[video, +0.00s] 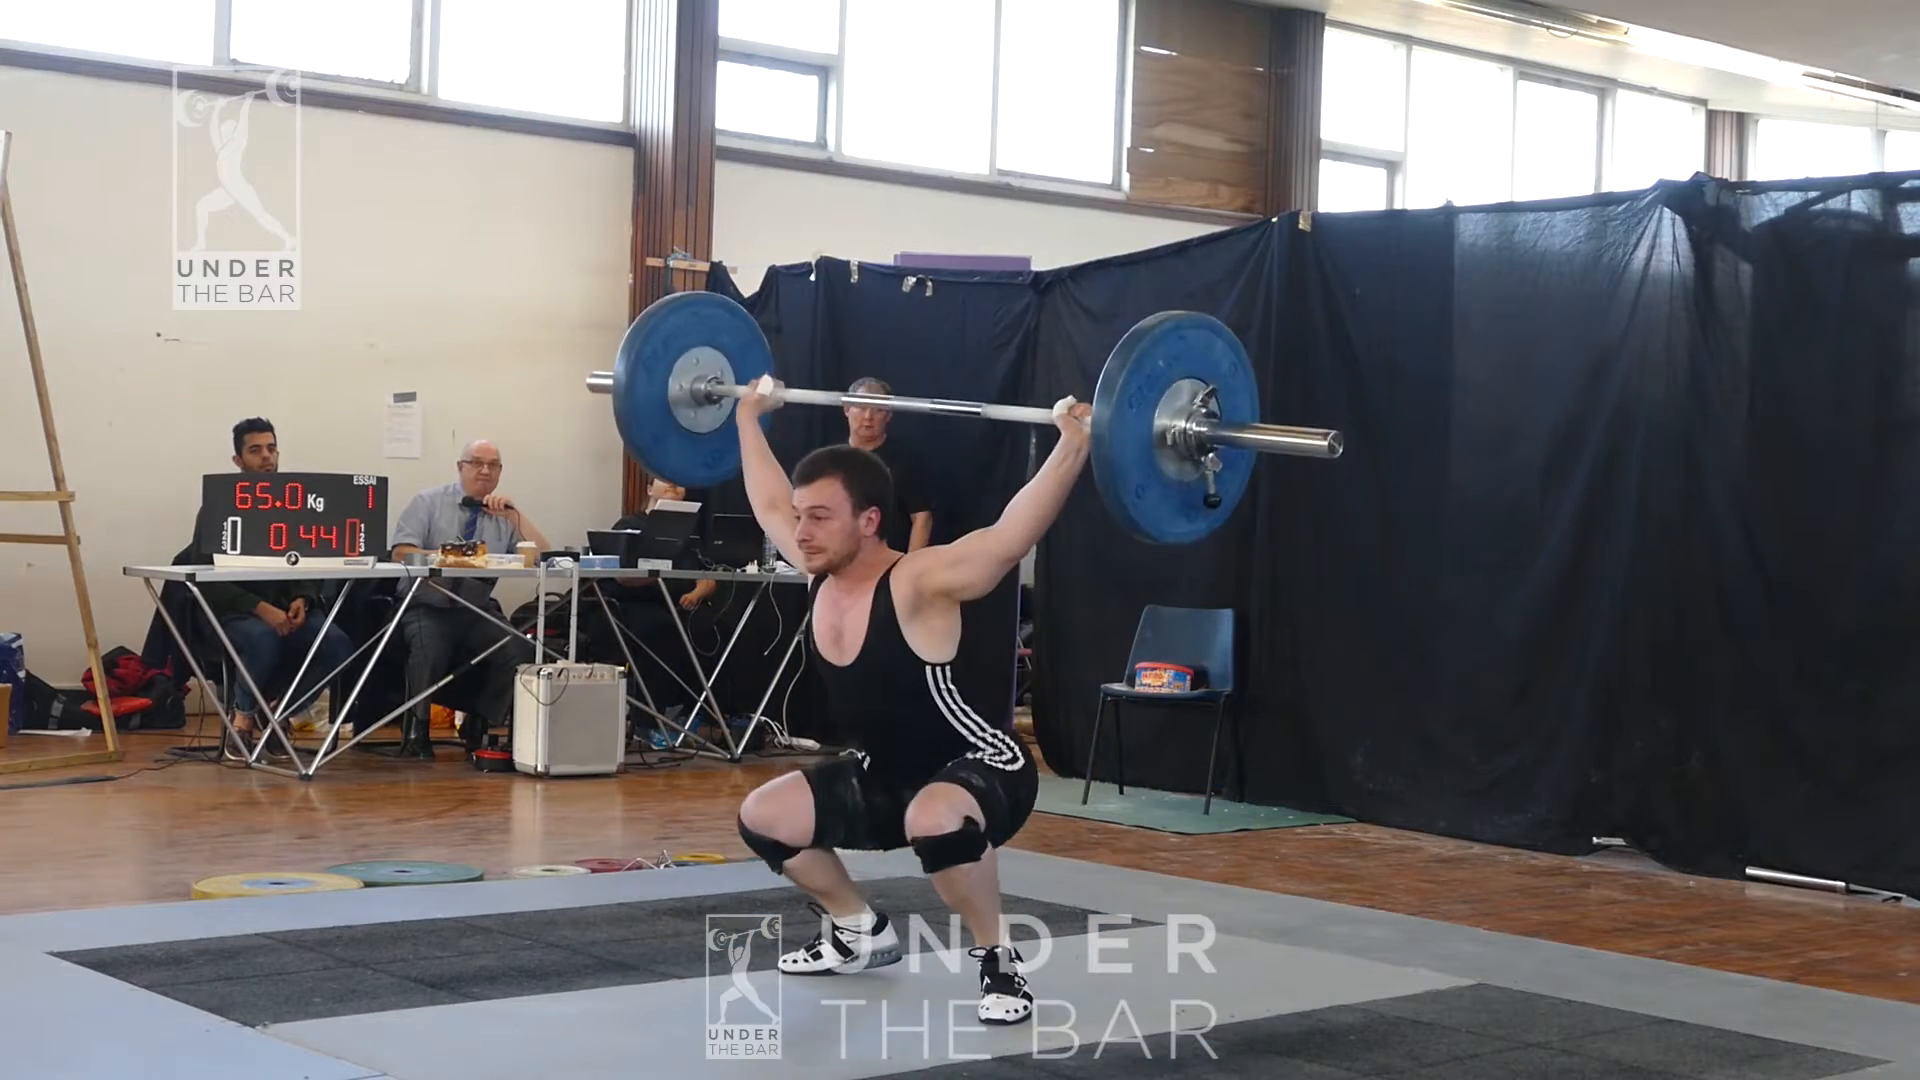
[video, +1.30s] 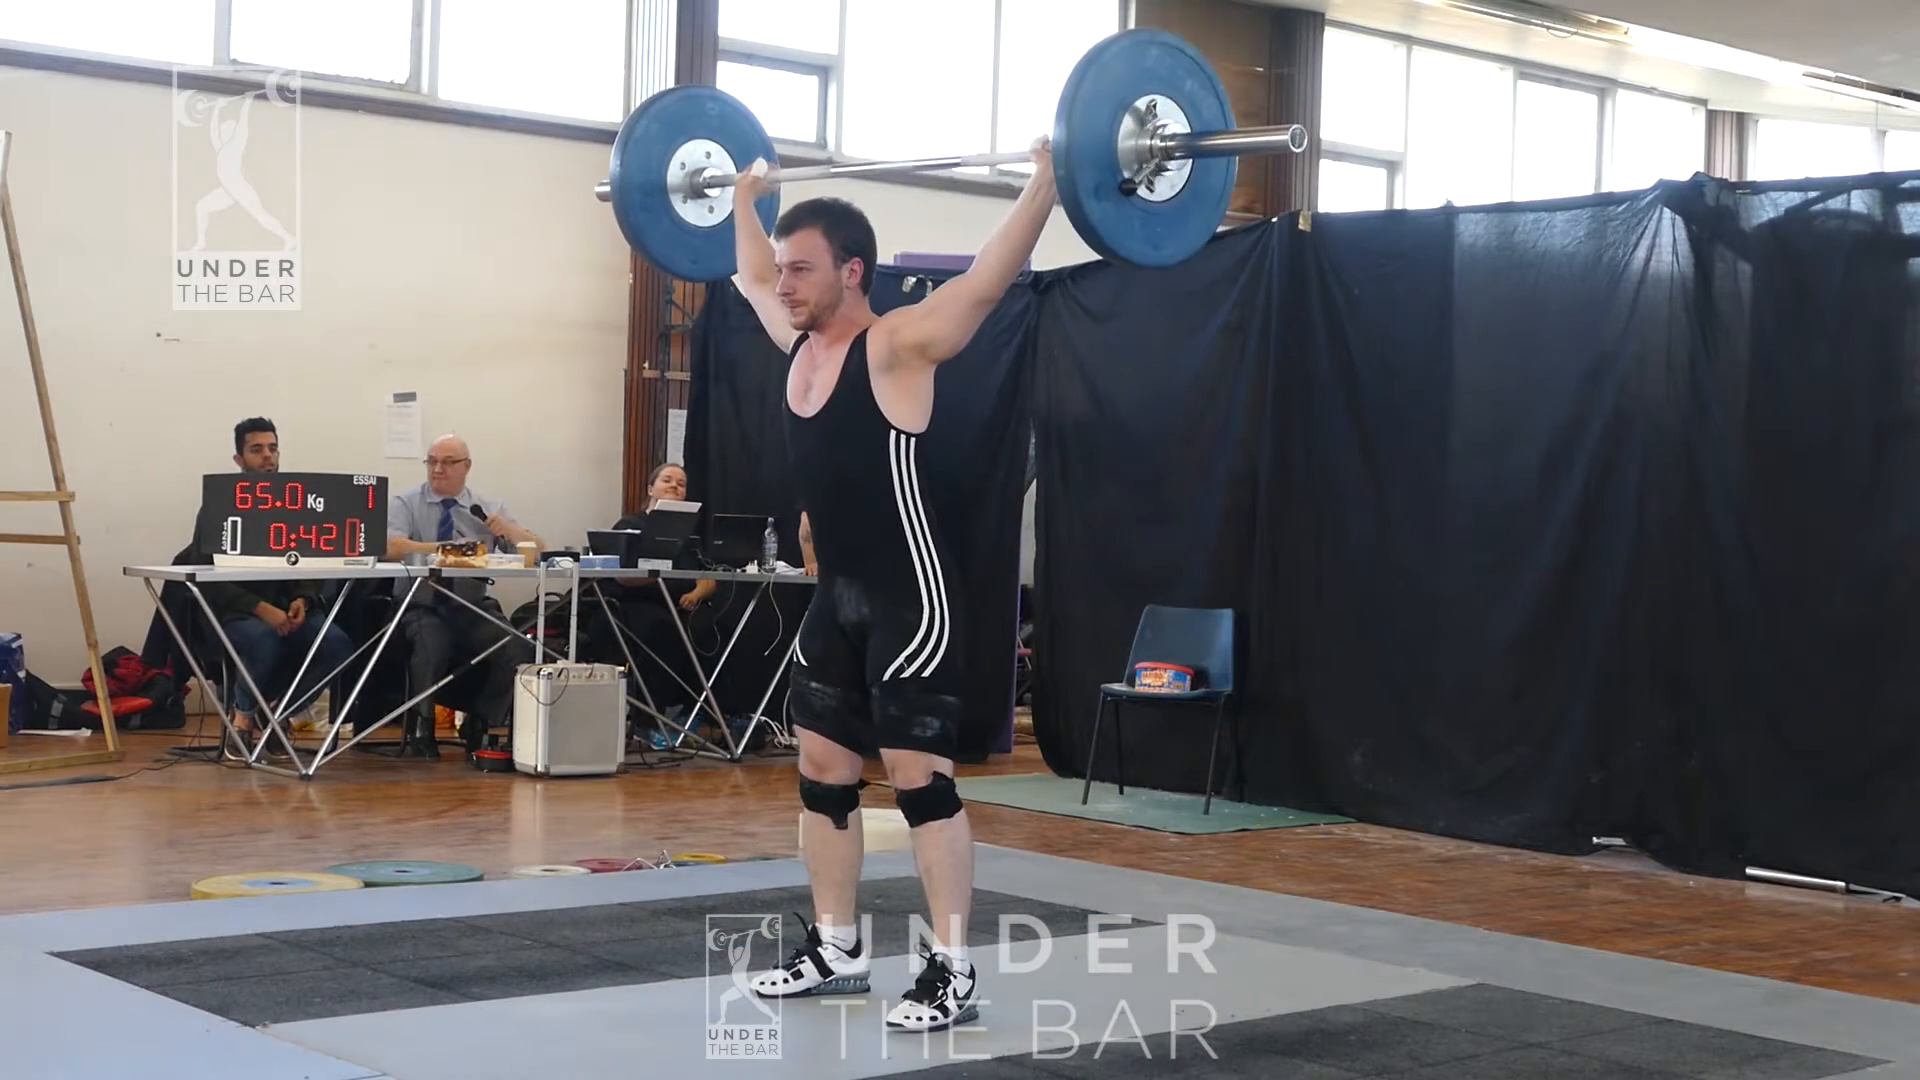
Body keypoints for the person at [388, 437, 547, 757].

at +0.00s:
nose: (485, 471)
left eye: (493, 465)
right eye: (476, 464)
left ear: (500, 473)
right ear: (460, 468)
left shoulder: (504, 516)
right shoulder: (428, 502)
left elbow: (545, 555)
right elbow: (401, 551)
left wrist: (516, 515)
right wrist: (443, 562)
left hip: (478, 609)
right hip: (429, 606)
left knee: (518, 652)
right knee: (429, 651)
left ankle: (477, 725)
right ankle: (417, 730)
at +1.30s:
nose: (438, 469)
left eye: (449, 463)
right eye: (432, 462)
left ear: (467, 468)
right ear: (426, 465)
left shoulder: (486, 507)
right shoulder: (405, 503)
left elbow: (537, 548)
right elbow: (392, 547)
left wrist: (509, 531)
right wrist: (445, 550)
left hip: (473, 605)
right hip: (422, 604)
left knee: (515, 649)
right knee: (431, 641)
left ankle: (478, 726)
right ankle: (422, 729)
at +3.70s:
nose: (388, 468)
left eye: (398, 461)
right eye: (384, 461)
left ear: (421, 463)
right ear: (380, 463)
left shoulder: (451, 499)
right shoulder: (373, 504)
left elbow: (497, 529)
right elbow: (358, 552)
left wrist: (503, 545)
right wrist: (407, 552)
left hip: (459, 599)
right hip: (409, 606)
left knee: (504, 654)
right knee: (446, 658)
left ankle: (481, 727)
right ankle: (445, 722)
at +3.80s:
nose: (383, 469)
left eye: (392, 462)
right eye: (378, 461)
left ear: (416, 464)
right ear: (374, 463)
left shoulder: (446, 498)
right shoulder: (370, 504)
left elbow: (494, 526)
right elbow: (356, 551)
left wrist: (504, 543)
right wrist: (406, 553)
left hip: (457, 598)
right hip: (407, 606)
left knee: (503, 655)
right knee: (446, 659)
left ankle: (481, 726)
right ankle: (445, 721)